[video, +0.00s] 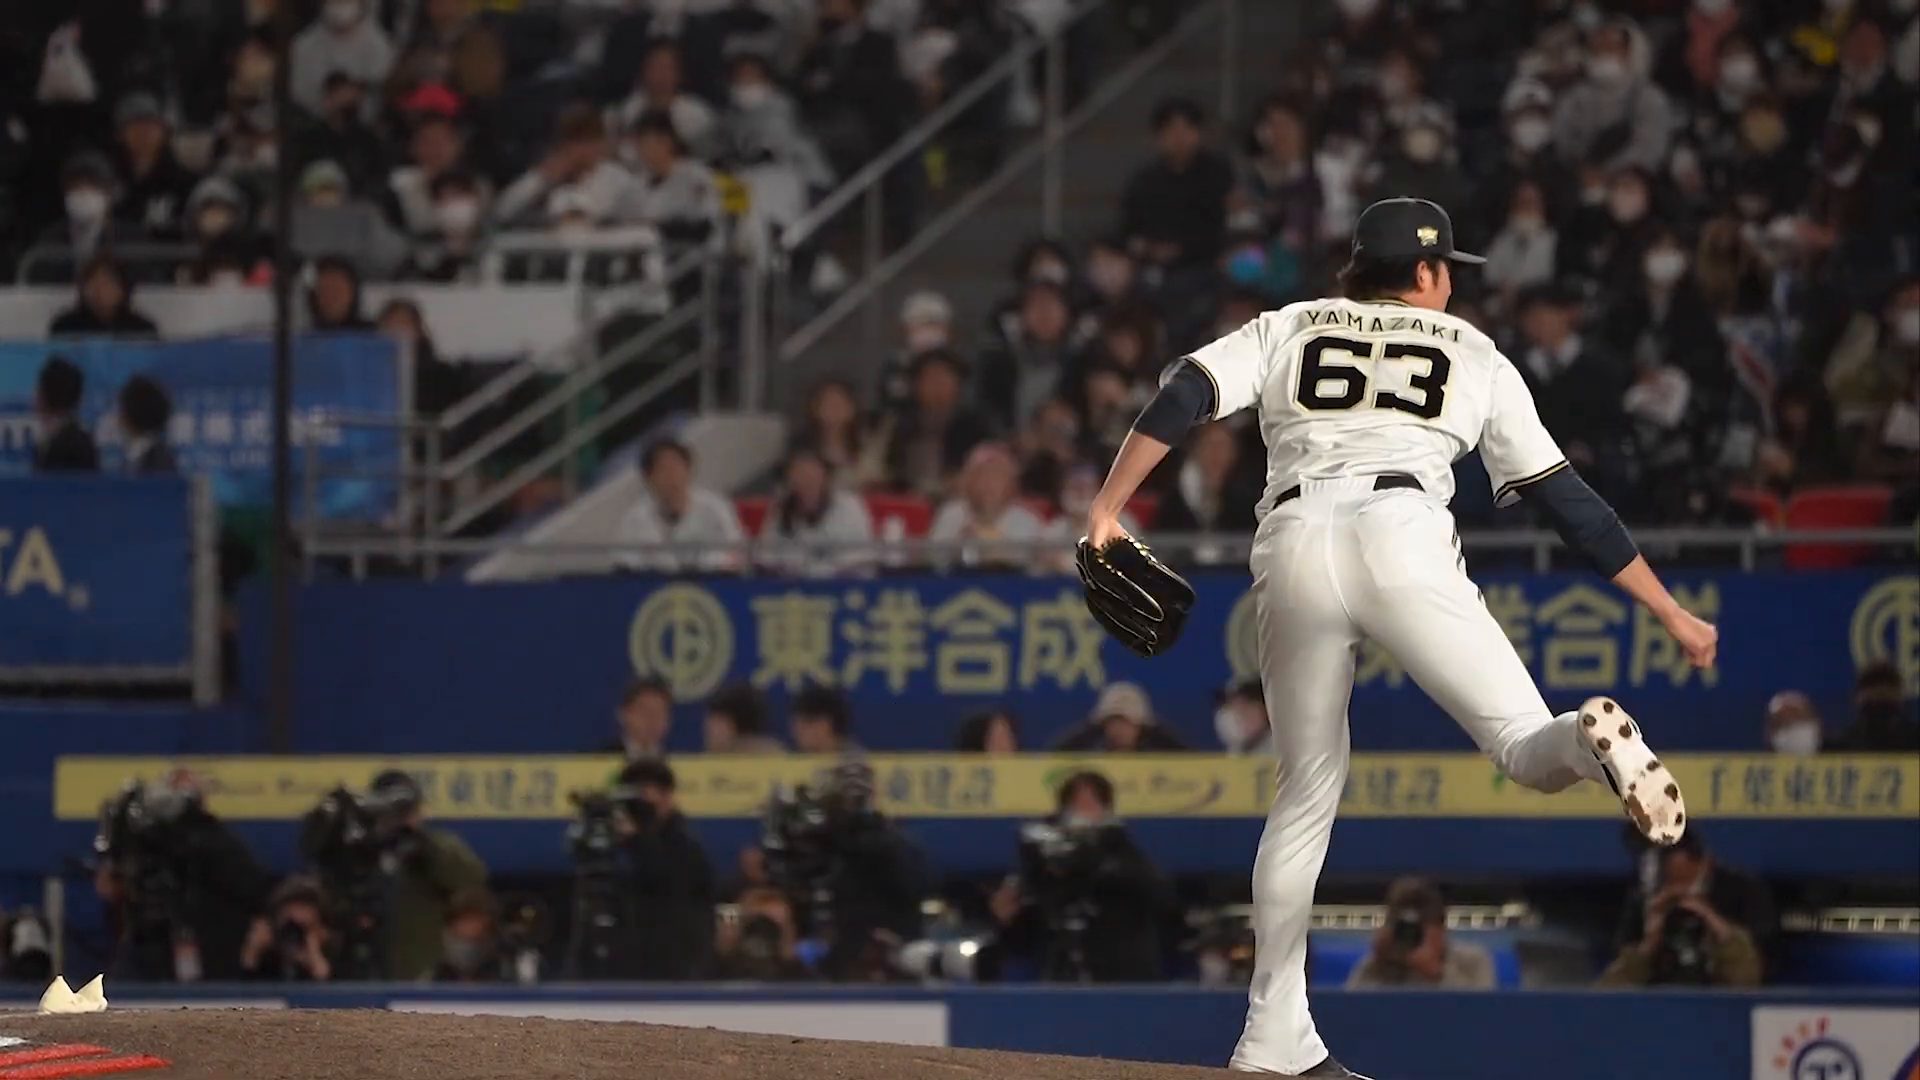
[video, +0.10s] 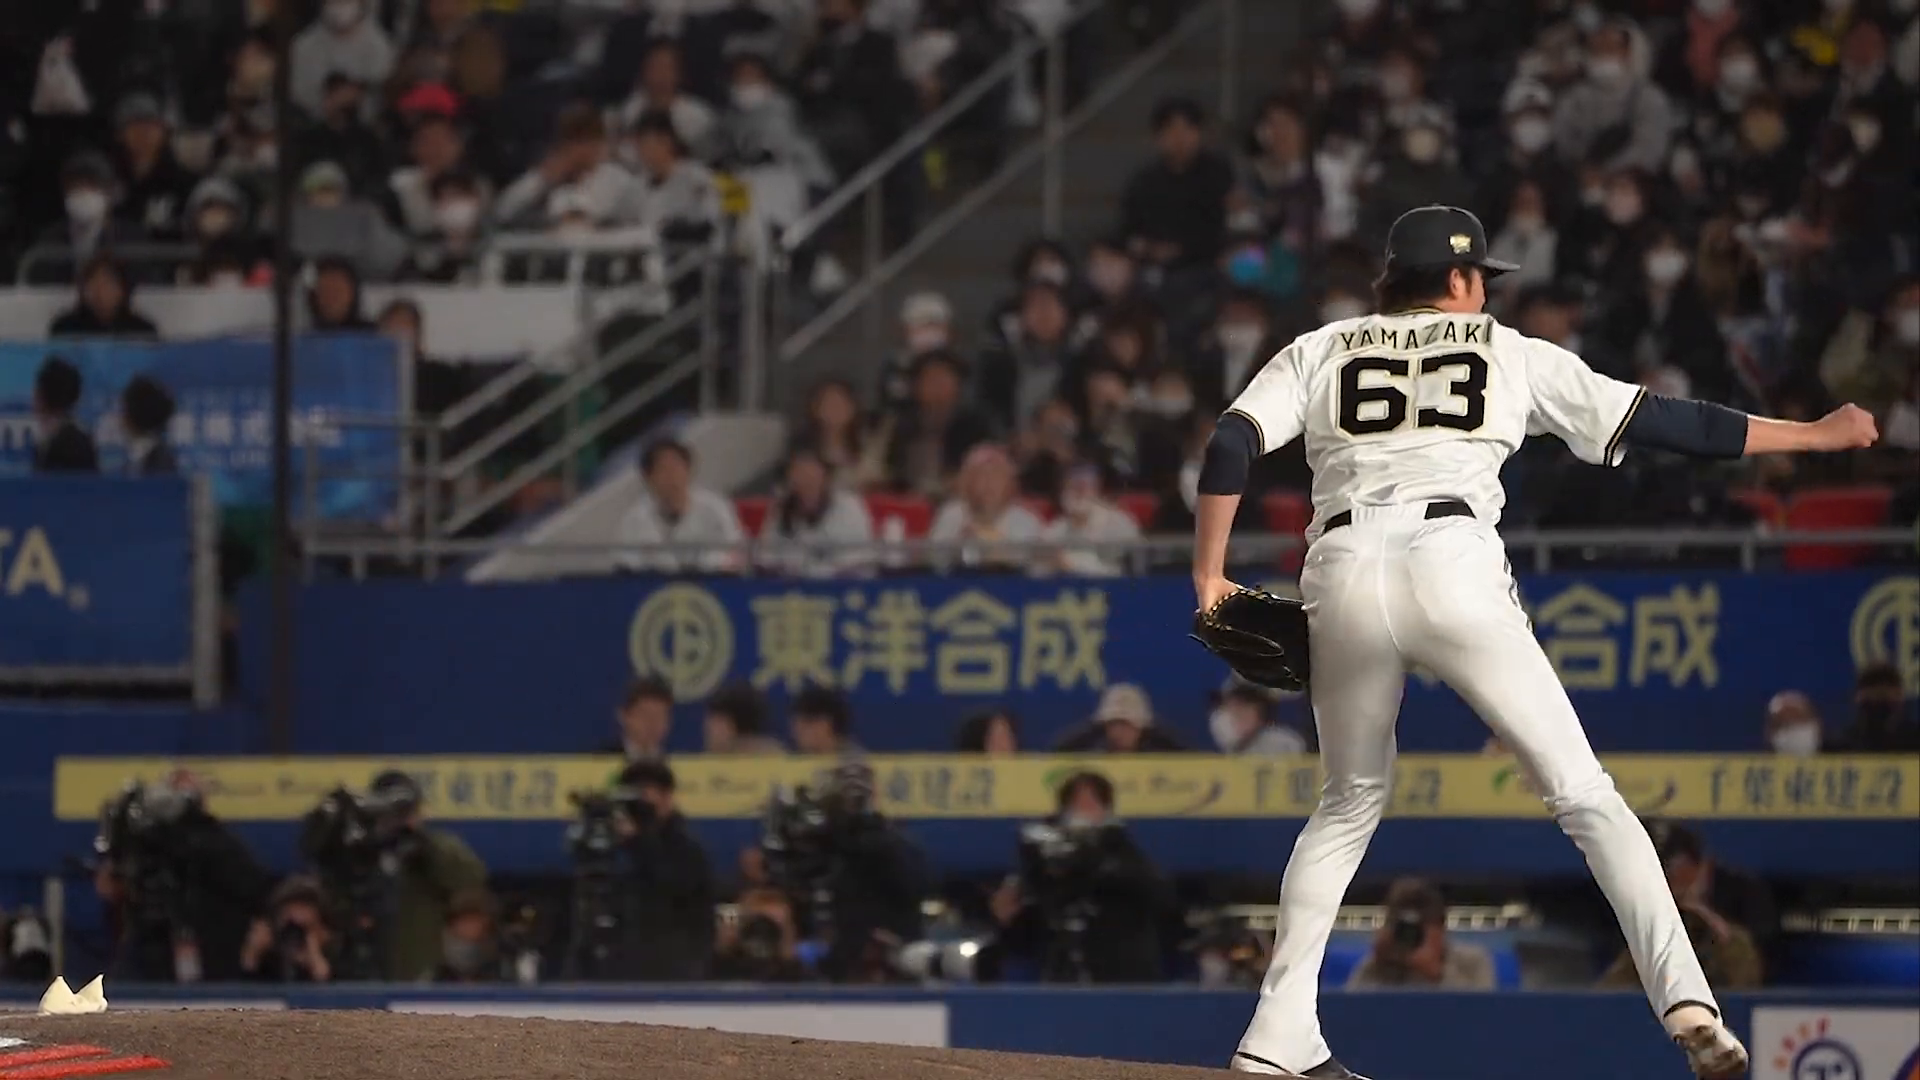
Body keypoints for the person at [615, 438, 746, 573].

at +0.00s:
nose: (671, 479)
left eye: (676, 470)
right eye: (663, 472)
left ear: (688, 473)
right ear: (648, 478)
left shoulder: (716, 510)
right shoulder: (634, 518)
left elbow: (738, 557)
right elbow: (626, 565)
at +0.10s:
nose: (671, 479)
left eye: (676, 470)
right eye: (663, 472)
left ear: (688, 473)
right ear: (648, 478)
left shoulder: (716, 510)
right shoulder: (634, 518)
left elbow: (737, 557)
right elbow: (627, 564)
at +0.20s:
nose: (671, 478)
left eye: (676, 468)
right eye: (663, 470)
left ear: (688, 472)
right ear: (648, 478)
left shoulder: (717, 510)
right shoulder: (634, 517)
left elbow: (737, 557)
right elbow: (625, 564)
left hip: (708, 592)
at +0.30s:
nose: (671, 478)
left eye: (676, 468)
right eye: (663, 470)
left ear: (688, 471)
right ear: (648, 477)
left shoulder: (717, 510)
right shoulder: (634, 517)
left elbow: (737, 557)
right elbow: (625, 564)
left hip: (708, 592)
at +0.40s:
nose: (671, 478)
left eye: (676, 468)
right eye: (663, 470)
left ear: (688, 471)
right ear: (648, 477)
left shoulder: (717, 510)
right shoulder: (634, 517)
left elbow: (737, 557)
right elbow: (625, 564)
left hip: (708, 592)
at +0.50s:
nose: (671, 478)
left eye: (676, 469)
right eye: (662, 471)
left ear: (688, 472)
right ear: (648, 478)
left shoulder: (716, 510)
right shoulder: (634, 517)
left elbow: (738, 557)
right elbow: (627, 564)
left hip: (709, 592)